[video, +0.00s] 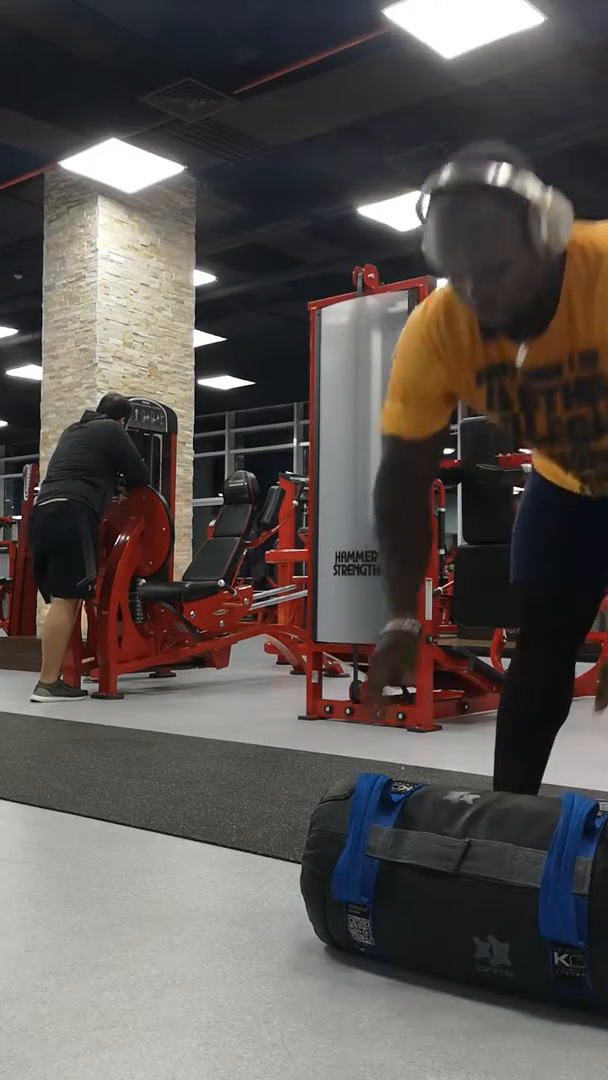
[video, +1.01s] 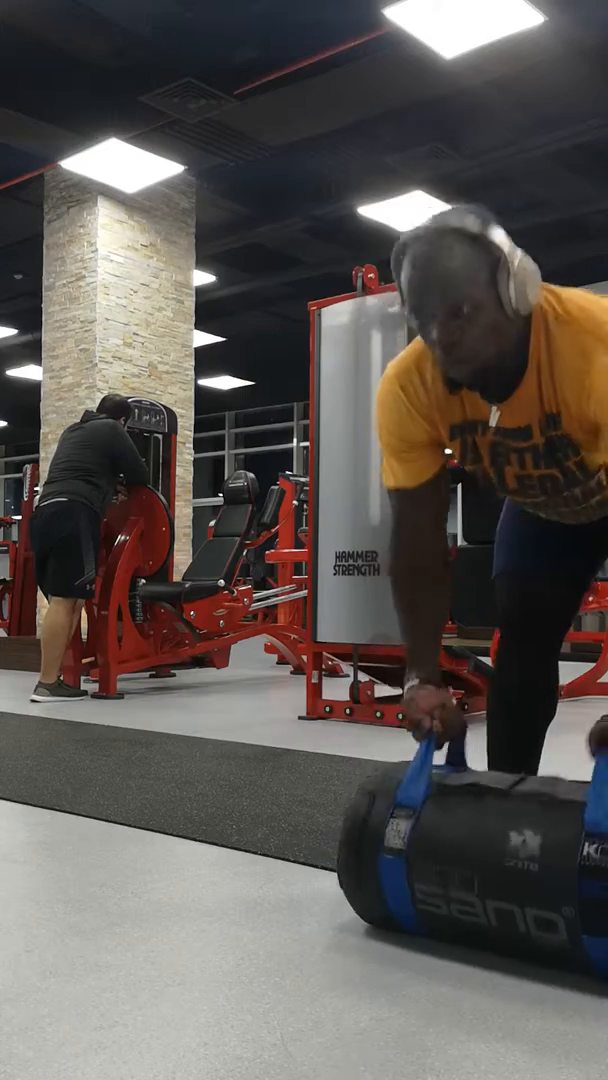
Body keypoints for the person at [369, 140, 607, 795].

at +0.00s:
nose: (475, 296)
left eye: (493, 270)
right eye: (455, 276)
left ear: (545, 242)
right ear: (438, 266)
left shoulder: (602, 266)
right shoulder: (438, 329)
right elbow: (402, 478)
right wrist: (403, 618)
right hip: (568, 486)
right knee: (540, 653)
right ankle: (506, 825)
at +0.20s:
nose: (471, 390)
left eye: (486, 364)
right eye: (449, 372)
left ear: (528, 329)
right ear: (425, 357)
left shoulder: (592, 366)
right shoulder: (413, 398)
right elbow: (375, 554)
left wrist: (598, 707)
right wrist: (352, 704)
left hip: (605, 499)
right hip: (549, 510)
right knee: (532, 658)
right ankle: (506, 834)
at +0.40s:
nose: (465, 422)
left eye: (481, 399)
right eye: (442, 406)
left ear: (518, 363)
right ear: (420, 391)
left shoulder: (589, 401)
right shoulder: (407, 422)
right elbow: (378, 578)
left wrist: (601, 753)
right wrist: (360, 729)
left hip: (604, 494)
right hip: (541, 508)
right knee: (531, 655)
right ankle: (506, 827)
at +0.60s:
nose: (455, 393)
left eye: (470, 370)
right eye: (435, 378)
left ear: (513, 329)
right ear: (414, 359)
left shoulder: (591, 371)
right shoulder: (405, 401)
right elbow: (391, 551)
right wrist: (392, 694)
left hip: (604, 492)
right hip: (545, 507)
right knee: (531, 650)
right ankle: (505, 819)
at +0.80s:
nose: (450, 385)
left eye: (466, 363)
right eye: (431, 368)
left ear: (513, 329)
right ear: (413, 354)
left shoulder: (593, 371)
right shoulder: (408, 406)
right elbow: (399, 555)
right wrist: (399, 694)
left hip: (607, 492)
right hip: (545, 507)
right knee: (529, 649)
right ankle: (507, 813)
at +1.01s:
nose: (439, 338)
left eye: (459, 314)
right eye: (423, 318)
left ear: (511, 294)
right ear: (410, 316)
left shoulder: (593, 348)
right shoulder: (409, 389)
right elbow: (417, 539)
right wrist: (423, 676)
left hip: (604, 496)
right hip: (545, 509)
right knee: (521, 652)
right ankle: (506, 819)